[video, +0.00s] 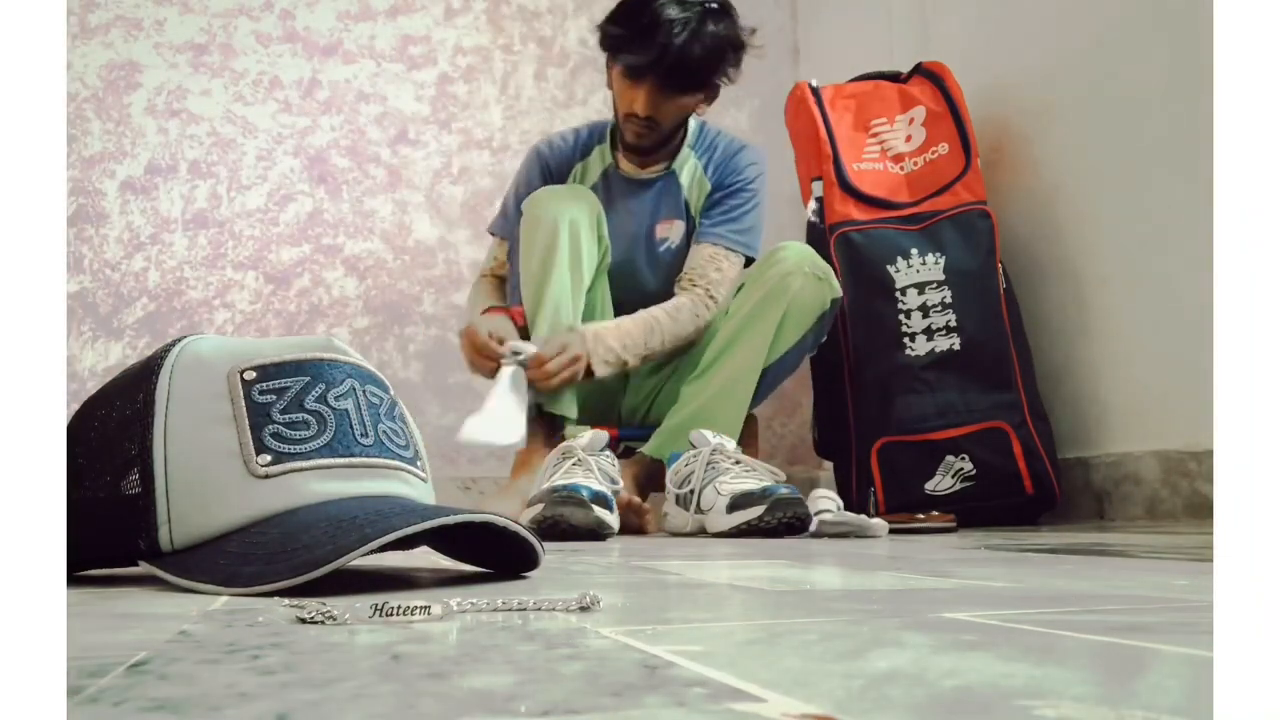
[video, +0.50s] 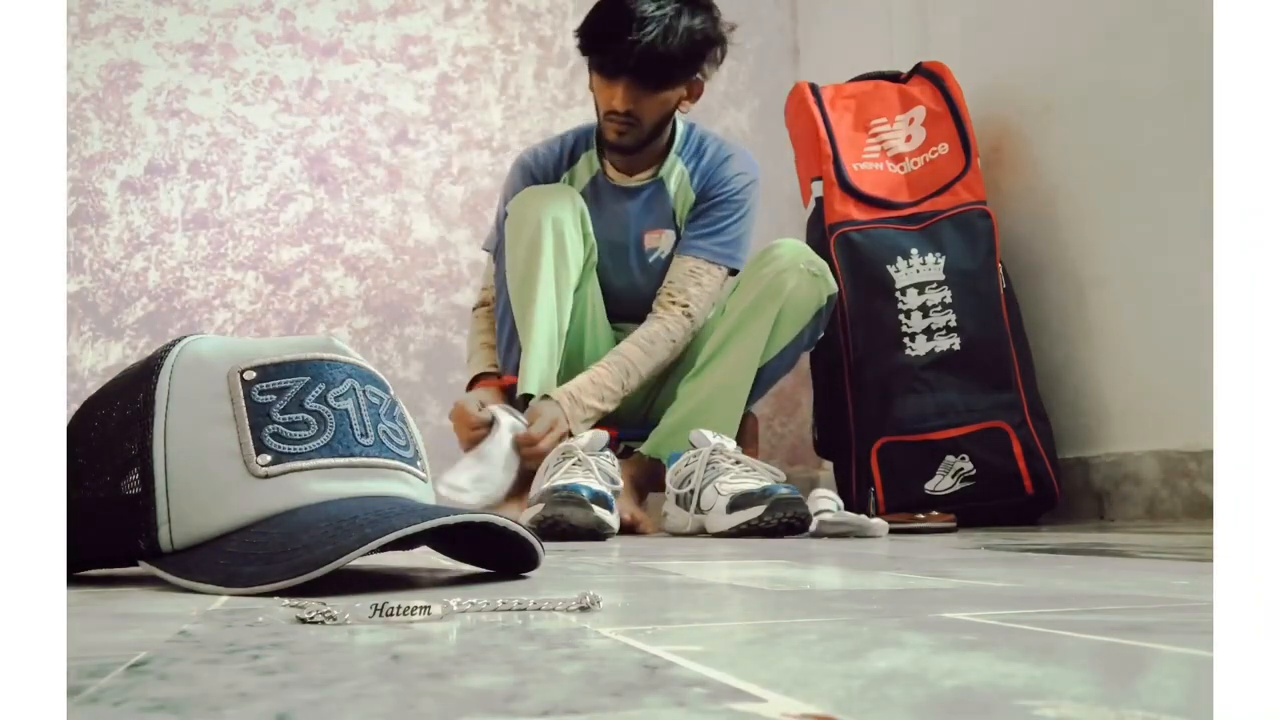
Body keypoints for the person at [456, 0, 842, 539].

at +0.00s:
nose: (642, 105)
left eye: (671, 89)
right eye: (632, 76)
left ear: (706, 97)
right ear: (610, 65)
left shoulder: (733, 167)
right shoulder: (554, 158)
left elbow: (701, 301)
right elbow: (493, 278)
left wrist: (596, 344)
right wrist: (488, 323)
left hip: (671, 383)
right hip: (577, 383)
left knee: (800, 267)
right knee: (559, 204)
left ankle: (660, 467)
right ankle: (570, 453)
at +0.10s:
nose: (617, 103)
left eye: (644, 86)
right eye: (606, 76)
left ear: (687, 92)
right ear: (589, 68)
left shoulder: (721, 163)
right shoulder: (544, 161)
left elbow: (685, 304)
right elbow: (494, 283)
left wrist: (581, 383)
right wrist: (479, 358)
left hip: (670, 379)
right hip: (574, 371)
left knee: (797, 265)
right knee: (547, 203)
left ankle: (643, 474)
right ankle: (563, 454)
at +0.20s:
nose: (609, 106)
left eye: (635, 88)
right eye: (595, 79)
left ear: (681, 91)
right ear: (578, 72)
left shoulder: (719, 164)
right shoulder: (537, 166)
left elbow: (682, 313)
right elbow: (490, 296)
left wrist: (574, 396)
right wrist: (486, 378)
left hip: (673, 376)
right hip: (573, 369)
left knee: (795, 264)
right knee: (541, 202)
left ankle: (662, 468)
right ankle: (561, 457)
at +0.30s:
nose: (608, 108)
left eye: (634, 90)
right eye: (595, 82)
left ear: (681, 92)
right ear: (578, 72)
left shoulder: (718, 164)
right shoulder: (536, 165)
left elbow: (674, 313)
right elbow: (494, 293)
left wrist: (572, 397)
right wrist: (483, 376)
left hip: (669, 376)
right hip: (570, 370)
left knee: (795, 264)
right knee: (541, 202)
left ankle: (668, 466)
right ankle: (566, 453)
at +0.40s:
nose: (613, 104)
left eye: (640, 87)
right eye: (601, 77)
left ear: (684, 92)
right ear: (583, 70)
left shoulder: (721, 165)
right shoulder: (538, 168)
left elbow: (681, 315)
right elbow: (497, 296)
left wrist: (584, 397)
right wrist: (487, 380)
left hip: (678, 373)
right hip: (575, 371)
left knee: (796, 264)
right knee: (541, 202)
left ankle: (680, 462)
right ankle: (569, 453)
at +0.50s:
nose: (619, 102)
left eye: (645, 86)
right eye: (607, 76)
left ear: (689, 92)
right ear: (589, 70)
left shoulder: (725, 173)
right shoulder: (541, 169)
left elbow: (676, 318)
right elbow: (493, 300)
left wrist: (571, 405)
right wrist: (486, 386)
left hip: (675, 378)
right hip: (577, 374)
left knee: (795, 264)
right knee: (542, 202)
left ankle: (649, 471)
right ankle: (565, 455)